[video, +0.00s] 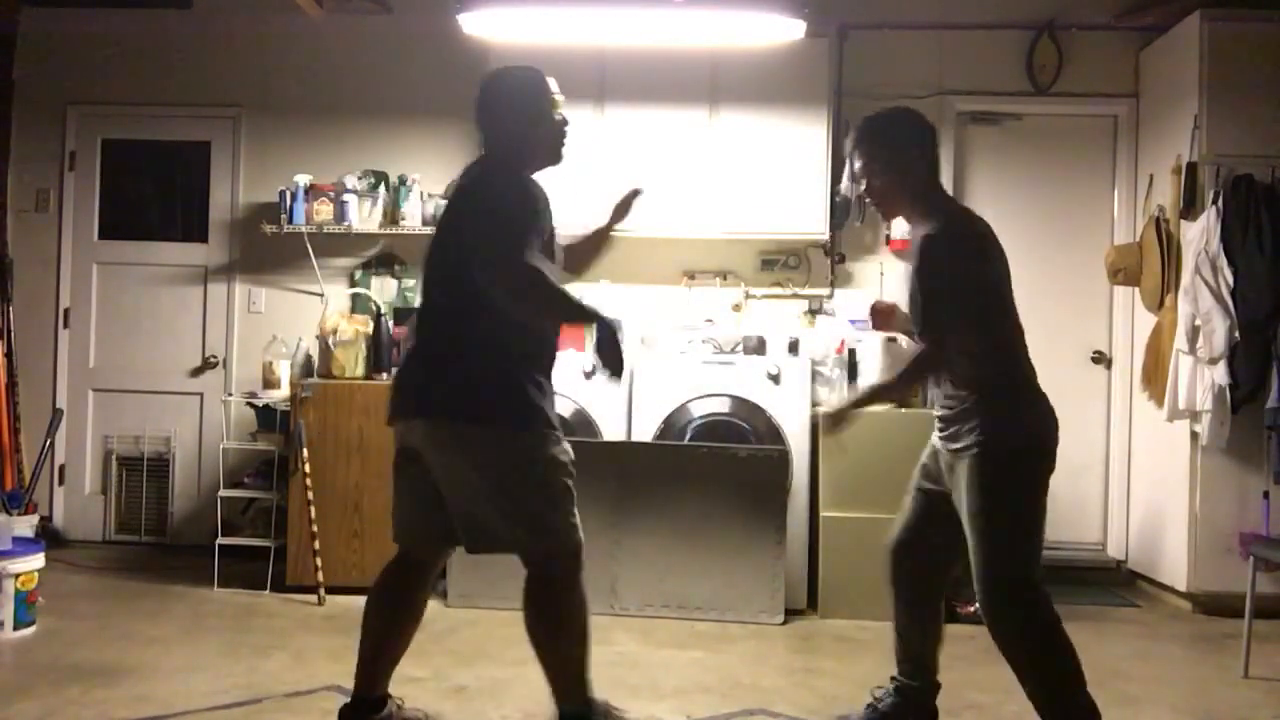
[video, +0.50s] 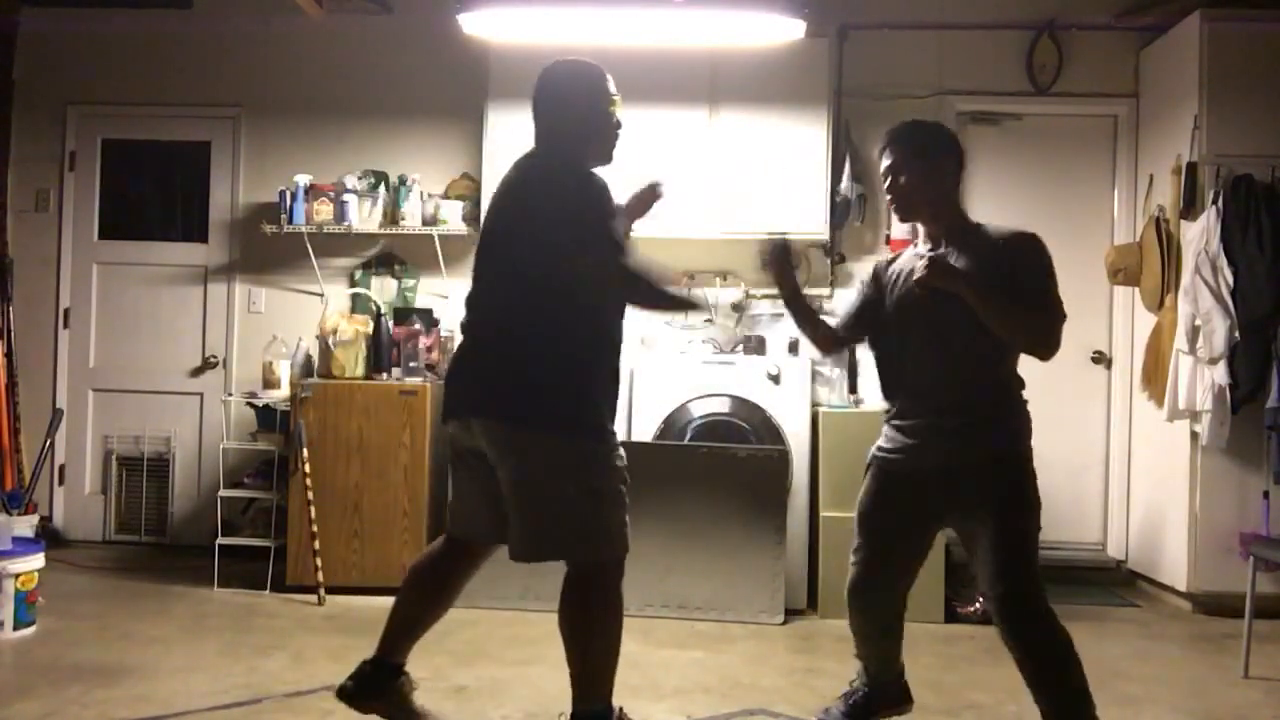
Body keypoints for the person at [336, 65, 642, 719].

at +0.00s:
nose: (567, 117)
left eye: (562, 106)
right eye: (554, 106)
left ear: (505, 123)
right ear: (518, 119)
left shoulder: (477, 187)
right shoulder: (512, 187)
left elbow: (559, 264)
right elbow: (505, 270)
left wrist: (610, 227)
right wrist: (595, 321)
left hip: (428, 401)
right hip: (496, 405)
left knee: (417, 556)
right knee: (555, 555)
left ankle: (367, 701)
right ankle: (576, 706)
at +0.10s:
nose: (589, 120)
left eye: (584, 108)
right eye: (576, 108)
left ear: (524, 122)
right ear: (543, 118)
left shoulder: (497, 188)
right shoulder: (536, 182)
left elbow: (553, 290)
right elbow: (553, 260)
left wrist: (625, 267)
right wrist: (647, 241)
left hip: (450, 402)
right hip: (520, 406)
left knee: (431, 555)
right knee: (571, 559)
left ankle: (368, 700)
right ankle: (587, 710)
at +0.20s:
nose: (612, 118)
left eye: (607, 105)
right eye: (600, 105)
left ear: (542, 118)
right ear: (568, 115)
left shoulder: (515, 188)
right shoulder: (571, 184)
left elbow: (537, 296)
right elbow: (658, 222)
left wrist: (624, 304)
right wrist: (759, 170)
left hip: (467, 398)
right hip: (545, 403)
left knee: (467, 549)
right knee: (585, 558)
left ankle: (378, 685)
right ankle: (590, 713)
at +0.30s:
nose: (626, 120)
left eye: (622, 106)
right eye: (615, 107)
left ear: (553, 116)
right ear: (584, 115)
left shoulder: (525, 185)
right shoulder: (602, 183)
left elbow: (536, 300)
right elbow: (708, 198)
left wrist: (625, 307)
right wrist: (821, 167)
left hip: (474, 399)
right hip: (549, 408)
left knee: (486, 538)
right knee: (594, 555)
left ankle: (400, 670)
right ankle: (592, 711)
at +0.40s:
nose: (629, 119)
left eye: (625, 106)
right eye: (617, 106)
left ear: (556, 114)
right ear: (586, 114)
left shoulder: (529, 178)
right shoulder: (597, 182)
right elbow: (684, 231)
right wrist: (811, 216)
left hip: (479, 396)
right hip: (555, 405)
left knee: (480, 538)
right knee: (597, 554)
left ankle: (397, 665)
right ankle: (593, 712)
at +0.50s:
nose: (619, 120)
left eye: (614, 106)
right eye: (606, 106)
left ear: (551, 115)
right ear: (571, 114)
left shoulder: (521, 180)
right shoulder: (577, 187)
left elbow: (569, 252)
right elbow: (608, 276)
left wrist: (622, 215)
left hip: (475, 396)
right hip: (552, 405)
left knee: (469, 537)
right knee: (599, 553)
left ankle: (381, 669)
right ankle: (594, 711)